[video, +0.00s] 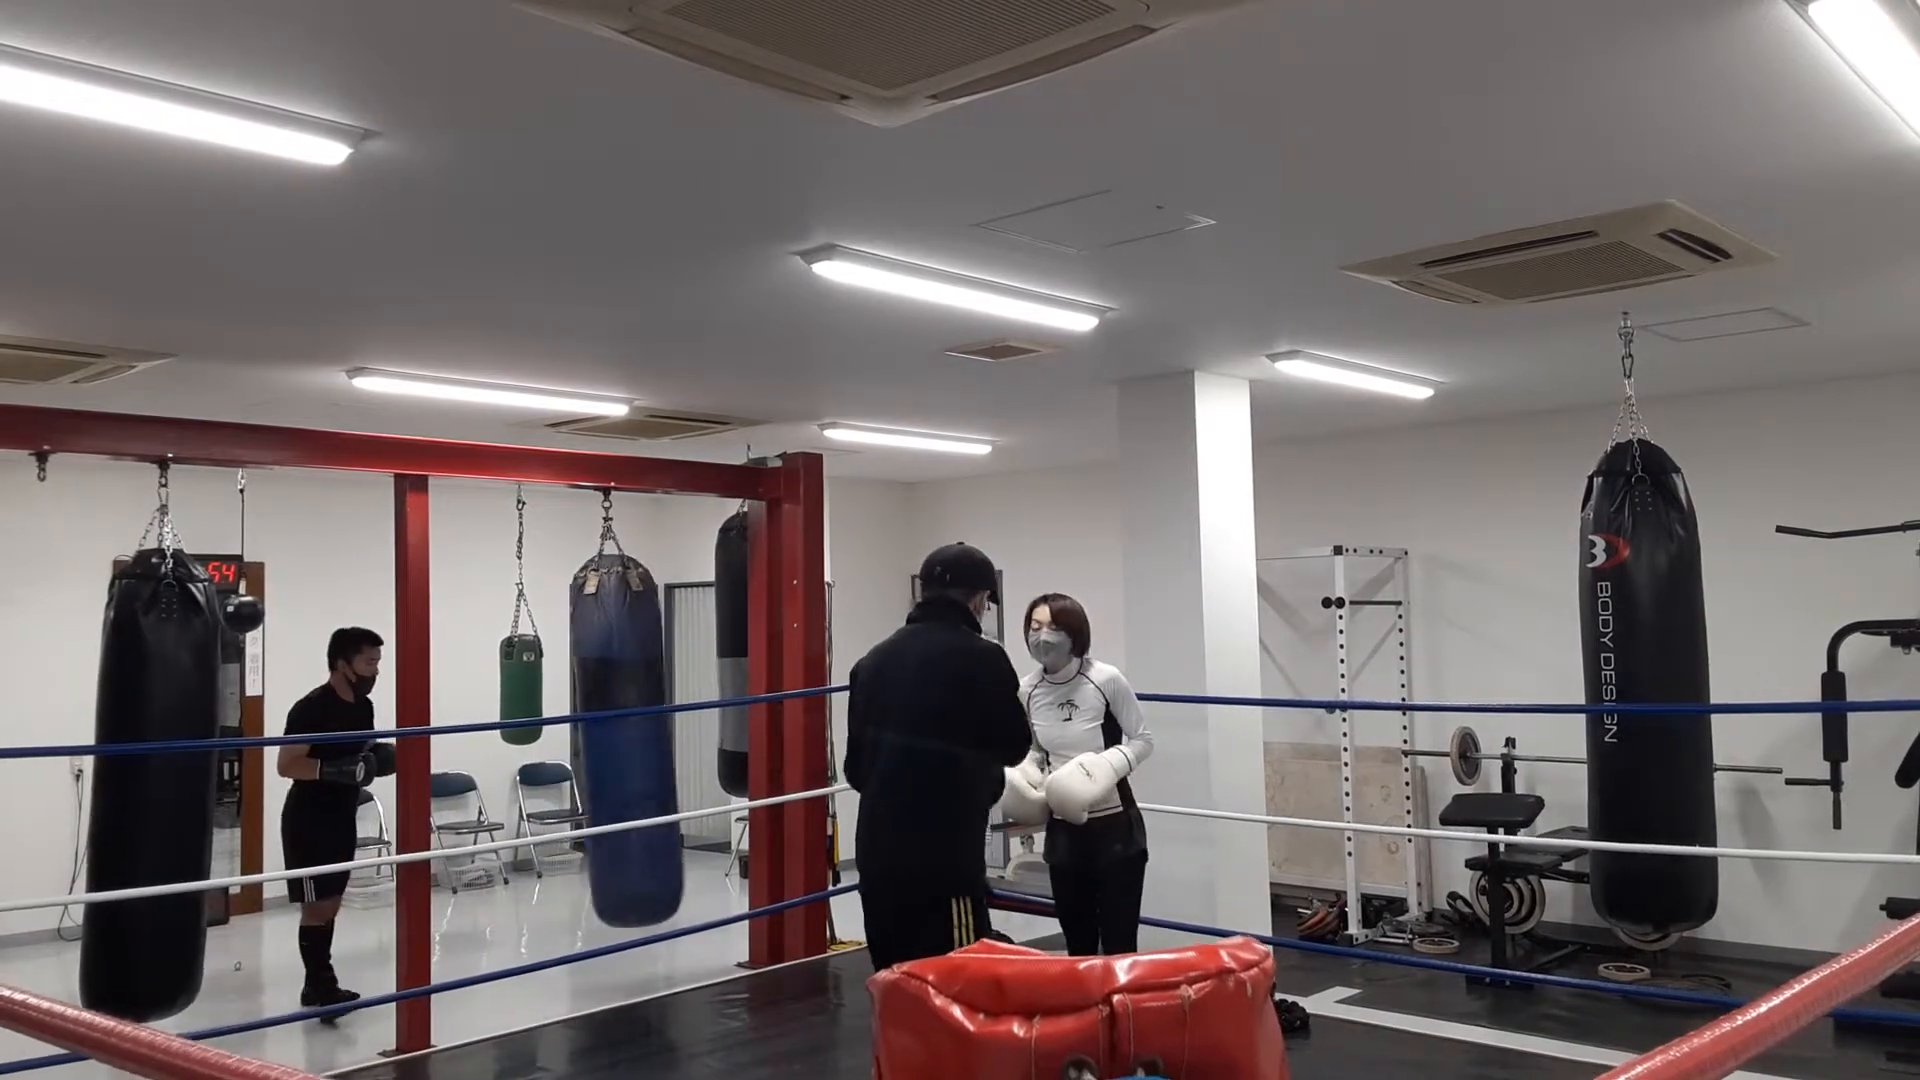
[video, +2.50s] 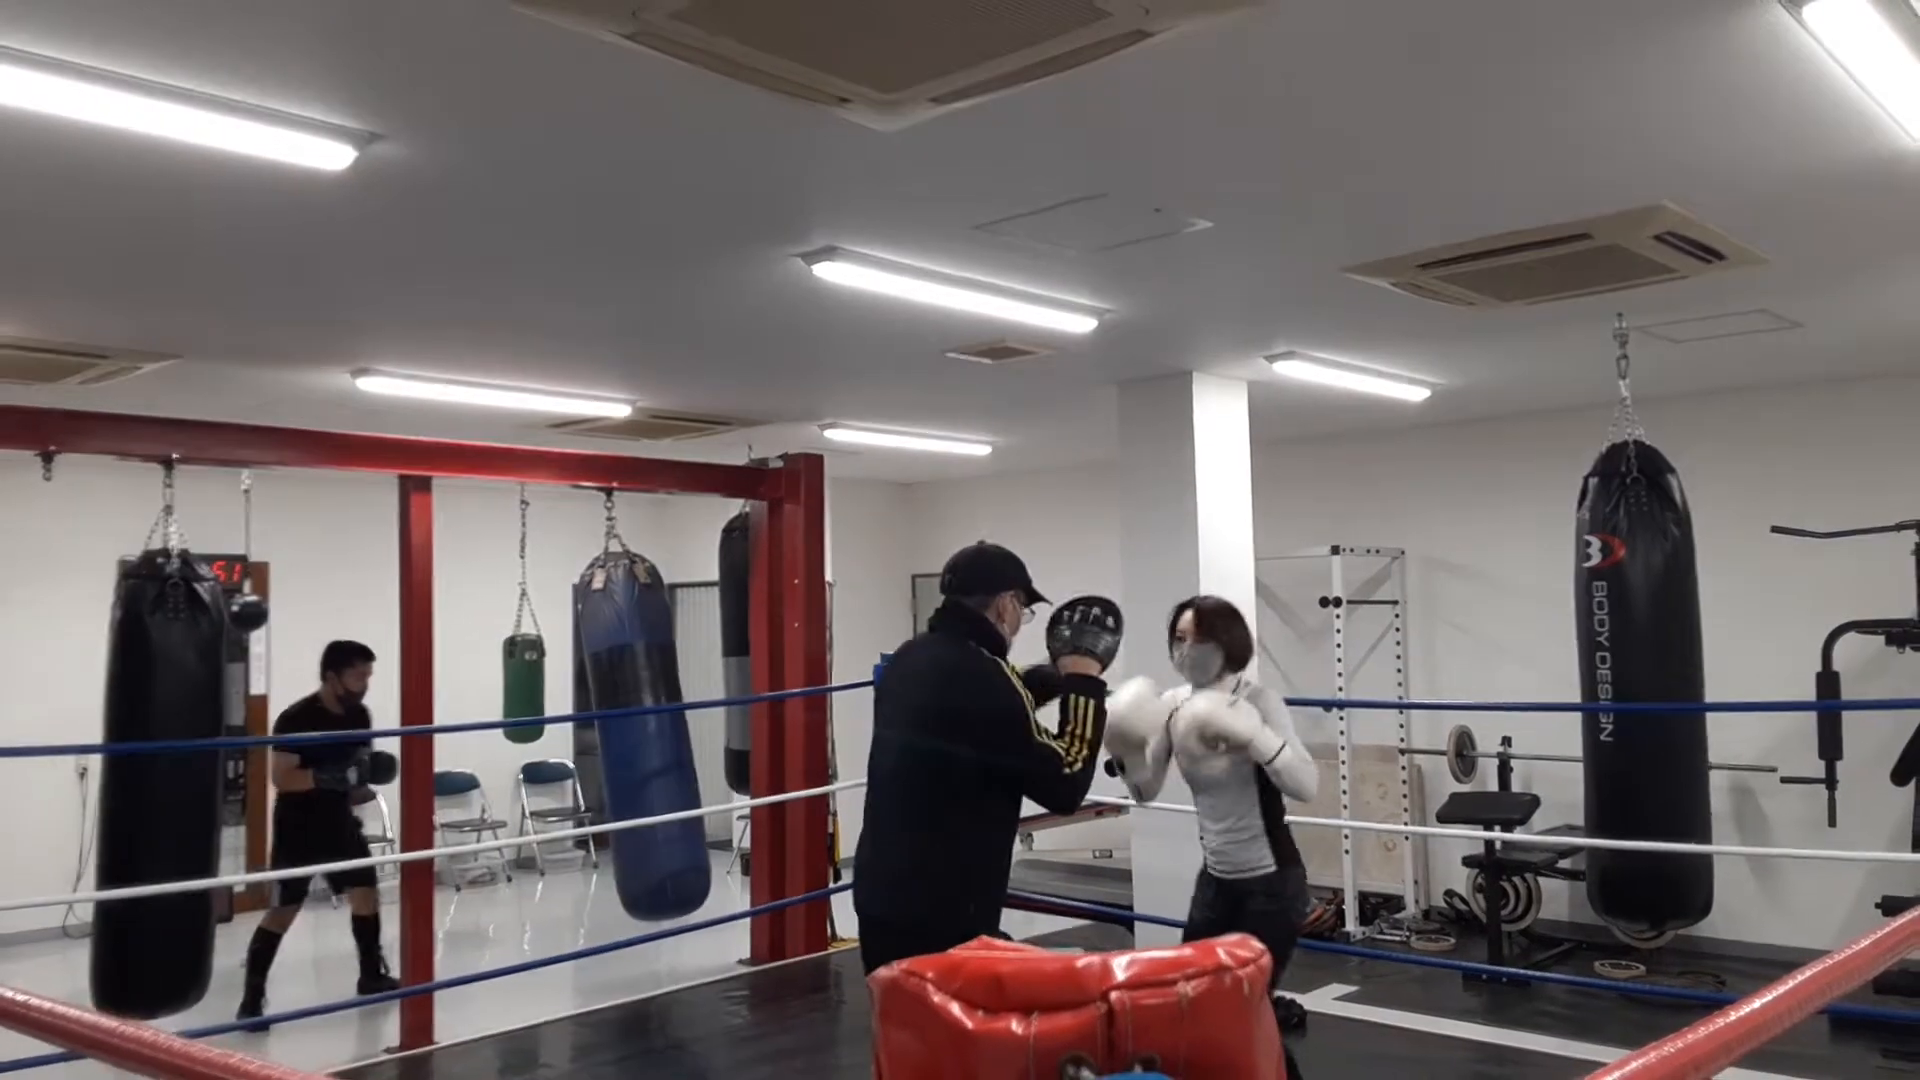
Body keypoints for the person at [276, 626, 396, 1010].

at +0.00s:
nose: (377, 668)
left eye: (378, 660)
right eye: (370, 661)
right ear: (343, 663)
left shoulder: (364, 707)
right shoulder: (310, 708)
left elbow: (354, 756)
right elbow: (287, 764)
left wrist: (380, 758)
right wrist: (342, 771)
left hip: (342, 812)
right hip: (307, 813)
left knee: (331, 900)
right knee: (316, 902)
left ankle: (317, 985)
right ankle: (321, 990)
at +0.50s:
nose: (363, 675)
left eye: (365, 668)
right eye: (357, 668)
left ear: (361, 668)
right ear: (329, 666)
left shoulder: (357, 710)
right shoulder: (293, 710)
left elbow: (354, 754)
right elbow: (272, 765)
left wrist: (373, 759)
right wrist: (322, 764)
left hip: (337, 817)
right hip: (295, 818)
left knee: (356, 899)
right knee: (292, 905)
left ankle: (325, 976)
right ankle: (291, 994)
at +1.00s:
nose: (398, 680)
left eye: (400, 673)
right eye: (393, 671)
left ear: (383, 670)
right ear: (370, 667)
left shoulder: (389, 716)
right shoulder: (327, 707)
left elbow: (396, 766)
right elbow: (308, 761)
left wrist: (403, 762)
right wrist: (358, 763)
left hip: (363, 814)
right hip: (321, 816)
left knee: (372, 904)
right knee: (324, 910)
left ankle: (380, 991)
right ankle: (300, 993)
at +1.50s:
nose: (380, 683)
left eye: (381, 675)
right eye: (375, 675)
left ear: (362, 673)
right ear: (348, 671)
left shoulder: (365, 717)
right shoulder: (306, 713)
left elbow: (360, 766)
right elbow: (295, 775)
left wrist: (391, 761)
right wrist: (349, 767)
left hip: (345, 822)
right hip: (303, 825)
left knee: (363, 907)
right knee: (286, 919)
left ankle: (380, 989)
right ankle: (247, 1002)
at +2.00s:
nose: (315, 678)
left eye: (316, 671)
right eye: (308, 671)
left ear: (293, 673)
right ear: (280, 673)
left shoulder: (309, 713)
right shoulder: (246, 721)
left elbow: (312, 762)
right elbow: (243, 784)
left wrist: (336, 758)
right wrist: (293, 771)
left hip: (305, 821)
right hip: (265, 826)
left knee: (312, 909)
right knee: (271, 916)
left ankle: (290, 991)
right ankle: (246, 1001)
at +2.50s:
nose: (364, 685)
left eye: (367, 677)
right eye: (357, 677)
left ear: (366, 675)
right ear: (331, 676)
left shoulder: (358, 718)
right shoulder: (295, 720)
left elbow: (355, 765)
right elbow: (282, 778)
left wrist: (370, 771)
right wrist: (332, 778)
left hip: (339, 816)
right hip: (297, 820)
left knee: (365, 889)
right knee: (285, 907)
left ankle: (371, 975)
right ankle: (252, 998)